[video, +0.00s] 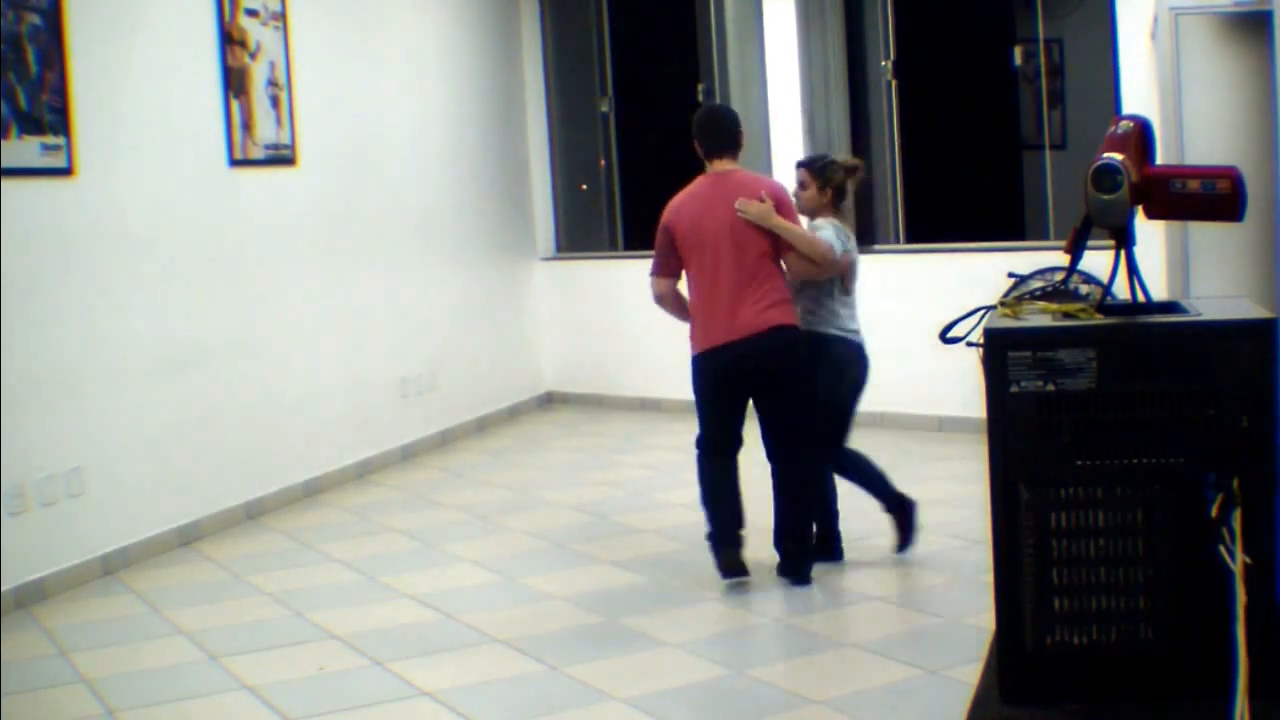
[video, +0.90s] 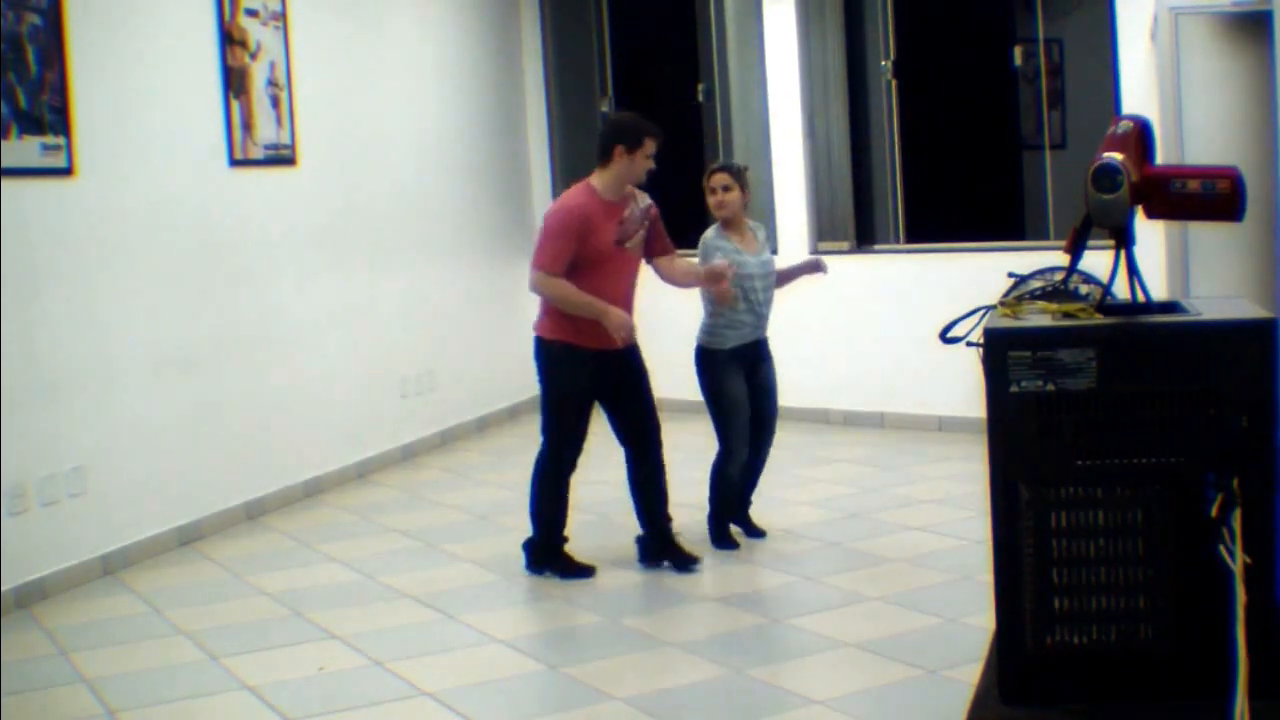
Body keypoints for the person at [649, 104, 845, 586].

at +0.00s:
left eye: (698, 144)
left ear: (697, 148)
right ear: (740, 142)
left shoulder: (678, 209)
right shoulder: (769, 191)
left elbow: (663, 290)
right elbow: (808, 263)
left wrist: (701, 317)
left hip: (715, 347)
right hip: (776, 338)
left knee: (716, 447)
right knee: (788, 451)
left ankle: (729, 555)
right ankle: (794, 561)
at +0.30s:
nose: (734, 153)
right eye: (734, 146)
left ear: (684, 145)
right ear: (726, 146)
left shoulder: (650, 201)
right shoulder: (736, 202)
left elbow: (636, 274)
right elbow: (769, 273)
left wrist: (687, 270)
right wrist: (804, 273)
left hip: (664, 347)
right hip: (721, 342)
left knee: (676, 446)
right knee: (755, 448)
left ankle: (660, 549)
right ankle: (791, 556)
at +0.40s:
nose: (727, 158)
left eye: (726, 152)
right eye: (727, 152)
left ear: (679, 144)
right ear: (717, 150)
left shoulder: (639, 195)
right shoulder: (716, 208)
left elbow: (640, 258)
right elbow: (731, 287)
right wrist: (781, 291)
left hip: (636, 341)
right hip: (690, 343)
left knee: (663, 443)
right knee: (731, 450)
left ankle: (660, 548)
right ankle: (755, 553)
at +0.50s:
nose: (716, 159)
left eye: (716, 150)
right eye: (716, 151)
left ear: (670, 146)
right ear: (703, 152)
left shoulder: (638, 195)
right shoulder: (688, 212)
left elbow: (643, 268)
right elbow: (691, 292)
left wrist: (705, 275)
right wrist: (746, 316)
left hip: (623, 342)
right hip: (665, 346)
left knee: (658, 442)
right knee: (712, 437)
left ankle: (659, 552)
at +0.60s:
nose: (700, 166)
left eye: (701, 158)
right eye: (698, 158)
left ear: (662, 154)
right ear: (682, 156)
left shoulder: (638, 201)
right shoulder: (656, 212)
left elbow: (658, 276)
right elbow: (651, 293)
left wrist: (709, 290)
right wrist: (706, 329)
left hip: (626, 344)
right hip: (643, 348)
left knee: (659, 444)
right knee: (672, 448)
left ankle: (662, 545)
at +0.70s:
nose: (683, 167)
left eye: (685, 158)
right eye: (681, 158)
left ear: (655, 156)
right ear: (658, 156)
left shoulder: (657, 208)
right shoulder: (619, 212)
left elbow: (666, 271)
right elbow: (605, 288)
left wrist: (712, 287)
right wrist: (665, 324)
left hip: (648, 351)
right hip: (615, 353)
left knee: (656, 450)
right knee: (629, 450)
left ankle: (662, 546)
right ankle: (560, 535)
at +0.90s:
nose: (652, 166)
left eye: (653, 157)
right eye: (648, 156)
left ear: (625, 156)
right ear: (621, 154)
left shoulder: (643, 208)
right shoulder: (571, 210)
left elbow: (667, 265)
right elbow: (541, 280)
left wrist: (703, 275)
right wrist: (603, 312)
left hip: (619, 347)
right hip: (566, 349)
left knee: (645, 442)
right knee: (560, 451)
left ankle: (657, 540)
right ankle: (544, 548)